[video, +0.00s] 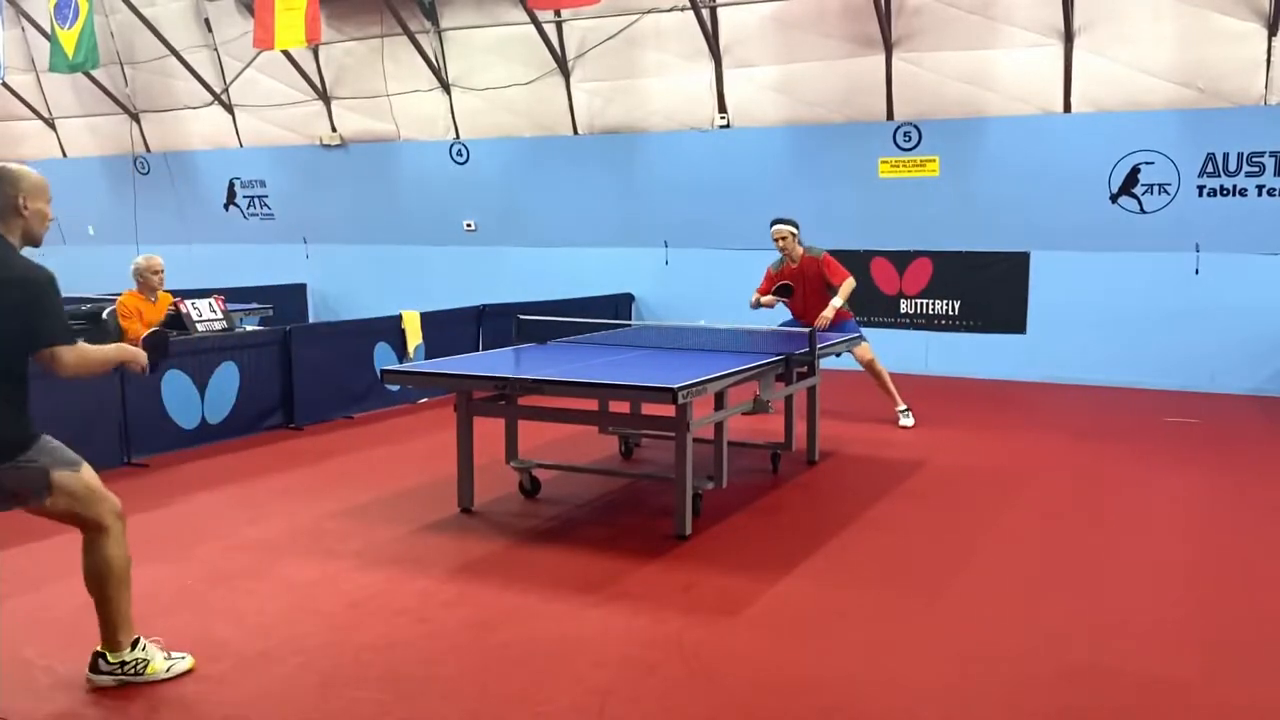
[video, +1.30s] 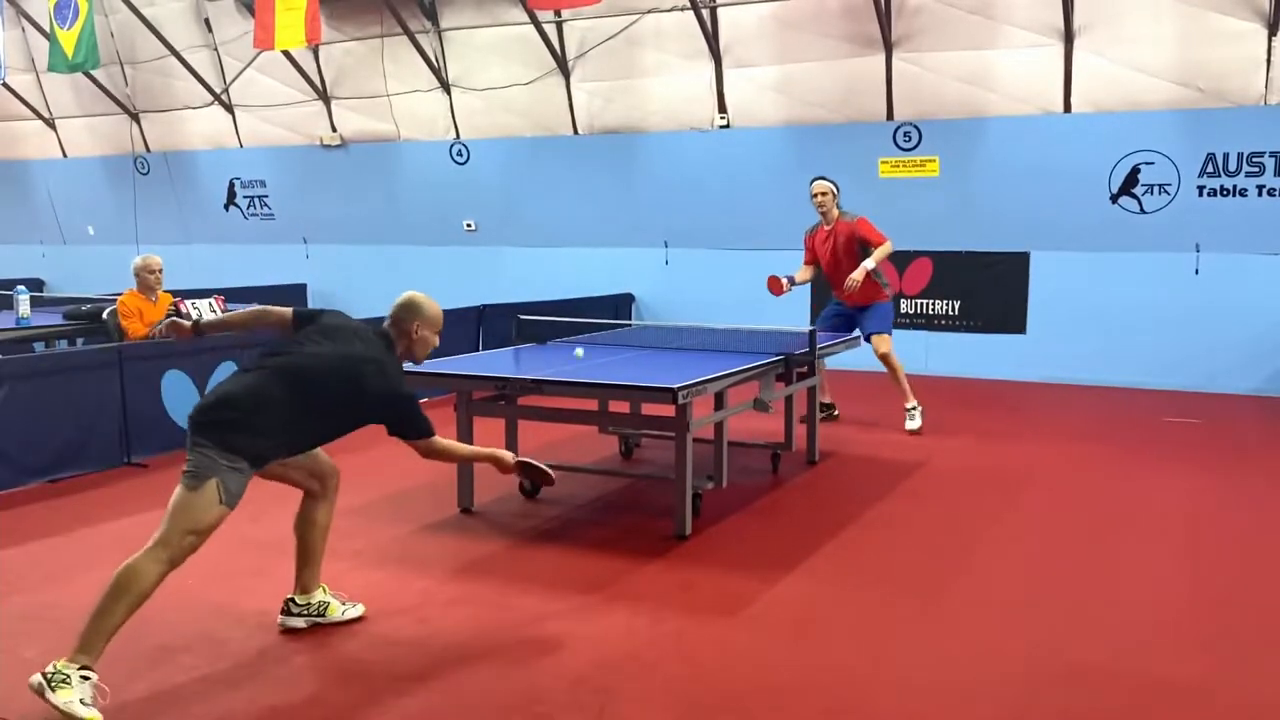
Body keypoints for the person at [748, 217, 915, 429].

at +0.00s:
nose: (779, 244)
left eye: (783, 238)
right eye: (775, 240)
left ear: (795, 237)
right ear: (773, 243)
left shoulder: (819, 259)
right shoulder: (776, 270)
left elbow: (849, 282)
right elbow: (754, 301)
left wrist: (831, 308)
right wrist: (763, 301)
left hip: (837, 319)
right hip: (802, 323)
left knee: (867, 359)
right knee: (764, 345)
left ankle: (901, 407)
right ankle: (763, 399)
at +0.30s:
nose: (780, 233)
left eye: (784, 228)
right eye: (775, 229)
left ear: (796, 229)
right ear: (773, 234)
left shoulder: (818, 250)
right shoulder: (773, 266)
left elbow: (852, 269)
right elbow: (765, 305)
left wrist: (841, 302)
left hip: (836, 310)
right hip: (801, 314)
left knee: (868, 346)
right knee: (764, 344)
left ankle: (895, 401)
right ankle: (763, 398)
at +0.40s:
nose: (784, 234)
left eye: (788, 229)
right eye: (780, 230)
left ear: (800, 231)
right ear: (777, 234)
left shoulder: (824, 252)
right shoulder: (779, 268)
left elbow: (855, 273)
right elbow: (783, 307)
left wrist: (844, 305)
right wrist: (783, 336)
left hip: (839, 310)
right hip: (804, 315)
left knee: (869, 347)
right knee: (774, 347)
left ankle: (883, 404)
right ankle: (764, 397)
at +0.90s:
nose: (803, 221)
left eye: (808, 216)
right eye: (798, 217)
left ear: (818, 218)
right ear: (794, 221)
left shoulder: (838, 246)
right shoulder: (789, 253)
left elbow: (864, 273)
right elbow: (785, 288)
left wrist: (855, 305)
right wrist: (789, 310)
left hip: (841, 311)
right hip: (807, 313)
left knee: (868, 350)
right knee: (773, 344)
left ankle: (881, 405)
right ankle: (764, 398)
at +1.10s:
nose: (814, 205)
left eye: (819, 200)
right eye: (810, 201)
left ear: (829, 202)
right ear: (806, 206)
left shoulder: (850, 230)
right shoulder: (804, 239)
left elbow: (881, 252)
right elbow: (797, 273)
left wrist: (858, 276)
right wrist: (786, 285)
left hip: (862, 306)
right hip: (825, 308)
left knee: (876, 355)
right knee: (794, 350)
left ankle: (884, 407)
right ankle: (779, 398)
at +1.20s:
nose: (817, 198)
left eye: (822, 193)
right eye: (813, 194)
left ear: (832, 195)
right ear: (809, 199)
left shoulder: (852, 221)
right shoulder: (809, 233)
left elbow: (884, 243)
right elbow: (803, 267)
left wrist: (861, 264)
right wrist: (788, 278)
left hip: (870, 301)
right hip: (836, 302)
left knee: (876, 354)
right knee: (800, 342)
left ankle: (890, 404)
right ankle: (806, 398)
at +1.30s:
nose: (820, 199)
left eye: (824, 194)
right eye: (815, 196)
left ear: (835, 197)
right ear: (812, 201)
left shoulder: (855, 224)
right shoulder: (812, 235)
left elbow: (886, 246)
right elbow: (809, 270)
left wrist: (862, 269)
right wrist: (790, 280)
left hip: (874, 301)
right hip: (842, 304)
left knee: (882, 351)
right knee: (809, 347)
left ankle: (911, 405)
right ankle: (825, 403)